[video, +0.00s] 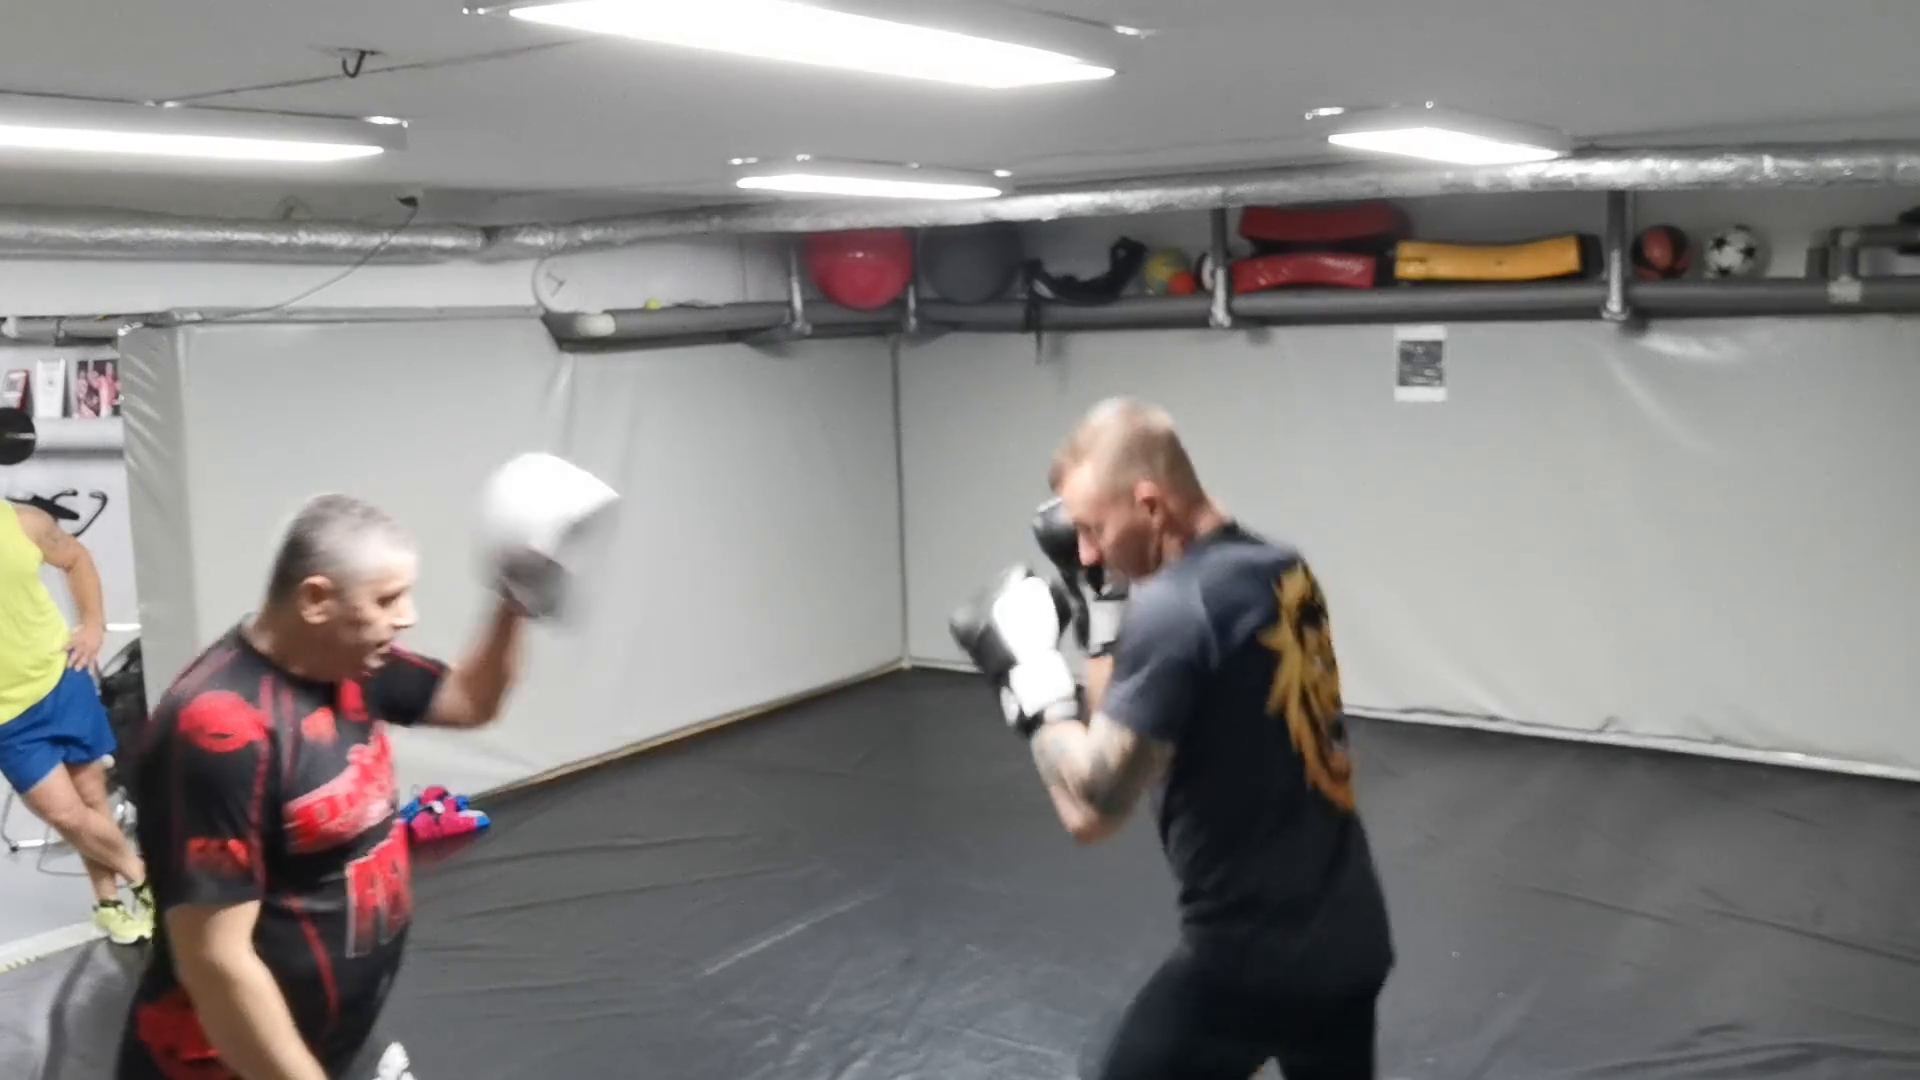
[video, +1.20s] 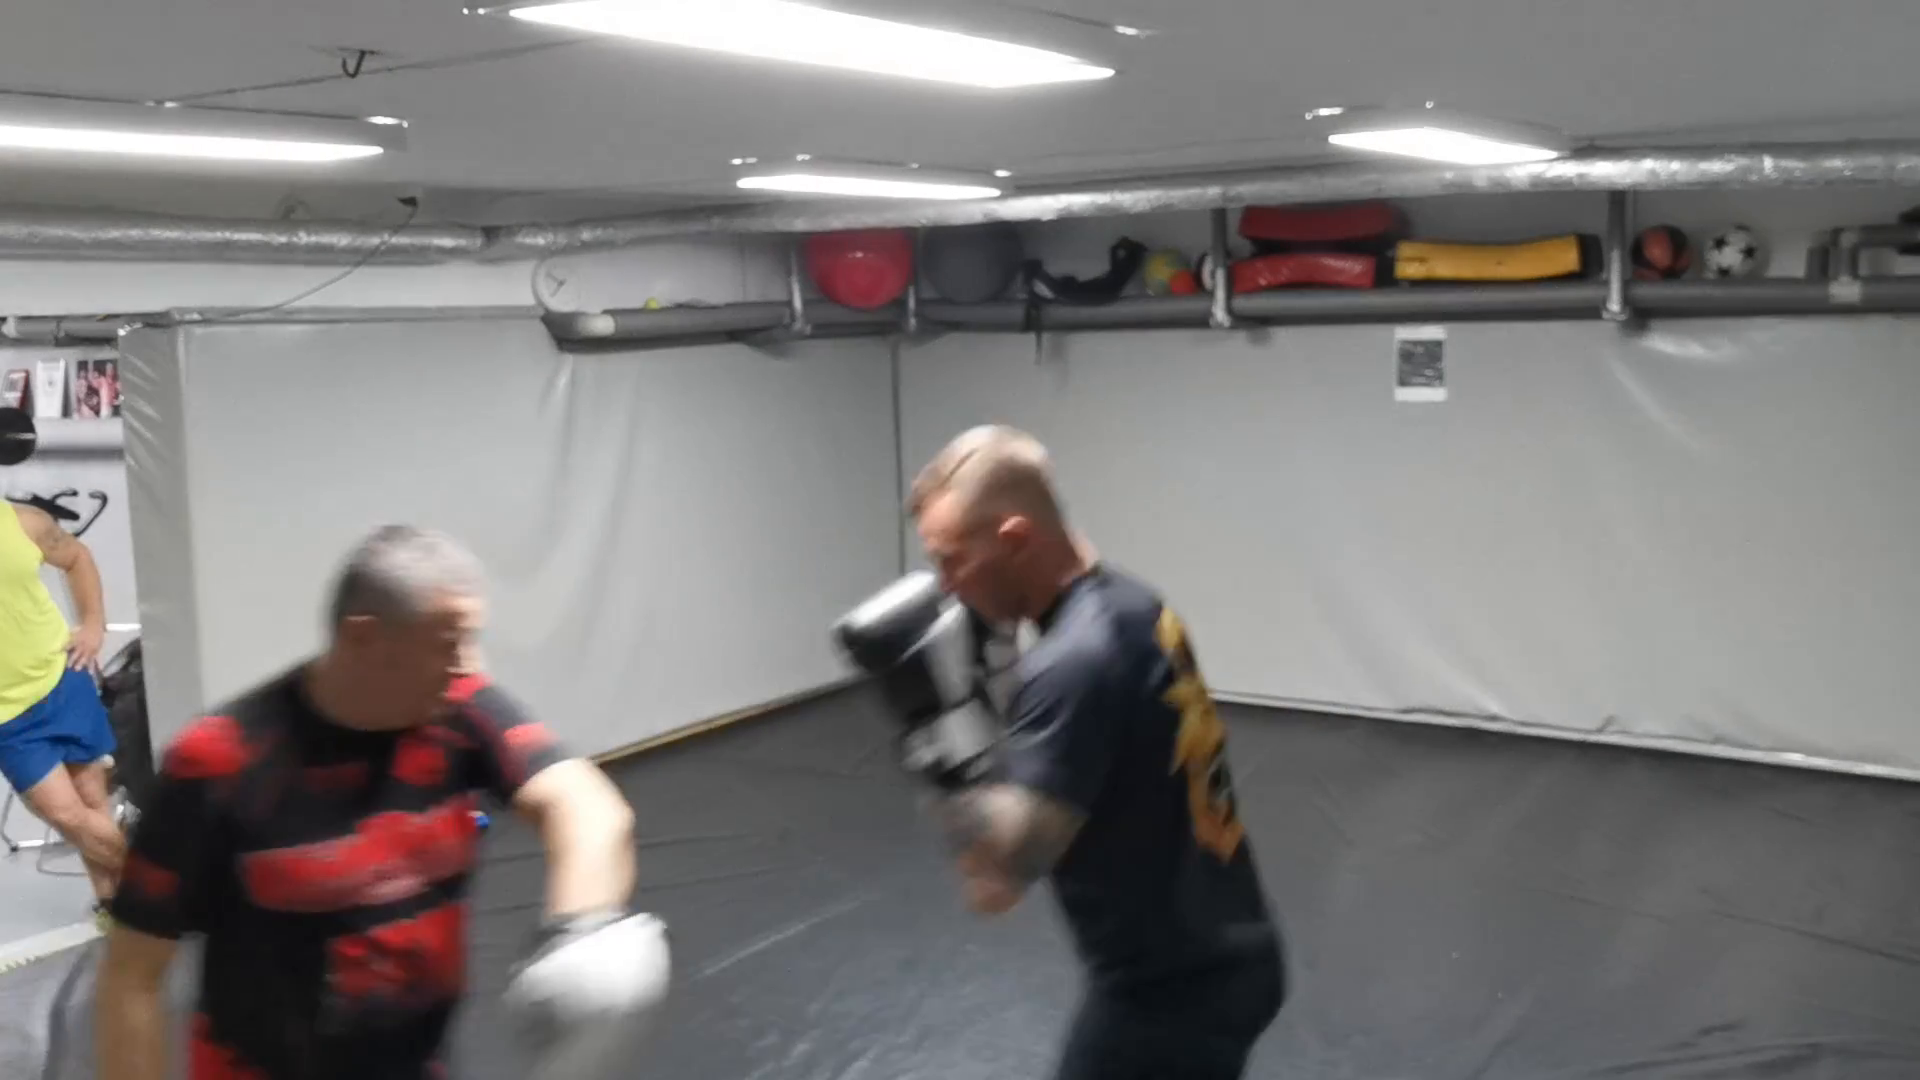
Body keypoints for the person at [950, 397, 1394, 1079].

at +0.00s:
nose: (1088, 556)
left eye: (1092, 530)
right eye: (1079, 534)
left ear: (1149, 504)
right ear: (1160, 501)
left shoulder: (1176, 606)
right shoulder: (1279, 568)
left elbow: (1089, 803)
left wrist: (1034, 670)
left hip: (1253, 956)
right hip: (1342, 934)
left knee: (1121, 1068)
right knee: (1334, 1068)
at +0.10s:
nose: (1070, 593)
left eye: (1079, 567)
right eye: (1063, 570)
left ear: (1143, 551)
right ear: (1151, 551)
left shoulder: (1172, 661)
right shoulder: (1260, 622)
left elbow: (1127, 876)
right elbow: (1098, 753)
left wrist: (1043, 759)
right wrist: (1097, 630)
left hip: (1225, 1009)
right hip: (1317, 986)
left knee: (1044, 1071)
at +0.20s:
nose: (987, 573)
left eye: (996, 548)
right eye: (984, 550)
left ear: (1062, 534)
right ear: (1074, 531)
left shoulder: (1078, 638)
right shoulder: (1204, 614)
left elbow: (1045, 834)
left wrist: (937, 778)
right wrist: (1048, 628)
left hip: (1122, 993)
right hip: (1237, 982)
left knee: (962, 1071)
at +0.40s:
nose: (868, 618)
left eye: (872, 599)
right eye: (863, 599)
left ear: (929, 585)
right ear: (980, 573)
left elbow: (679, 710)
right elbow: (1092, 837)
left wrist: (558, 654)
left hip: (983, 1040)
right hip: (1118, 1033)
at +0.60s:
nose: (898, 589)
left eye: (904, 564)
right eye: (894, 567)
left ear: (962, 544)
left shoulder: (966, 642)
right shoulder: (1110, 626)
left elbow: (904, 852)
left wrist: (818, 737)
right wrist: (946, 636)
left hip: (1002, 1010)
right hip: (1118, 997)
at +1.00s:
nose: (923, 590)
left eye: (933, 564)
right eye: (919, 567)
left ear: (997, 543)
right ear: (1005, 542)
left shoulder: (1011, 666)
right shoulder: (1130, 630)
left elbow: (950, 900)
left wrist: (873, 759)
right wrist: (977, 655)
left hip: (1060, 1045)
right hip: (1173, 1034)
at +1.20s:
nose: (945, 586)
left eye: (952, 561)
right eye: (938, 565)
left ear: (1016, 537)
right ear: (1022, 538)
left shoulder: (1076, 663)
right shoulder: (1126, 608)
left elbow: (1011, 855)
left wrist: (940, 724)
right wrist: (996, 865)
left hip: (1168, 987)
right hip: (1223, 955)